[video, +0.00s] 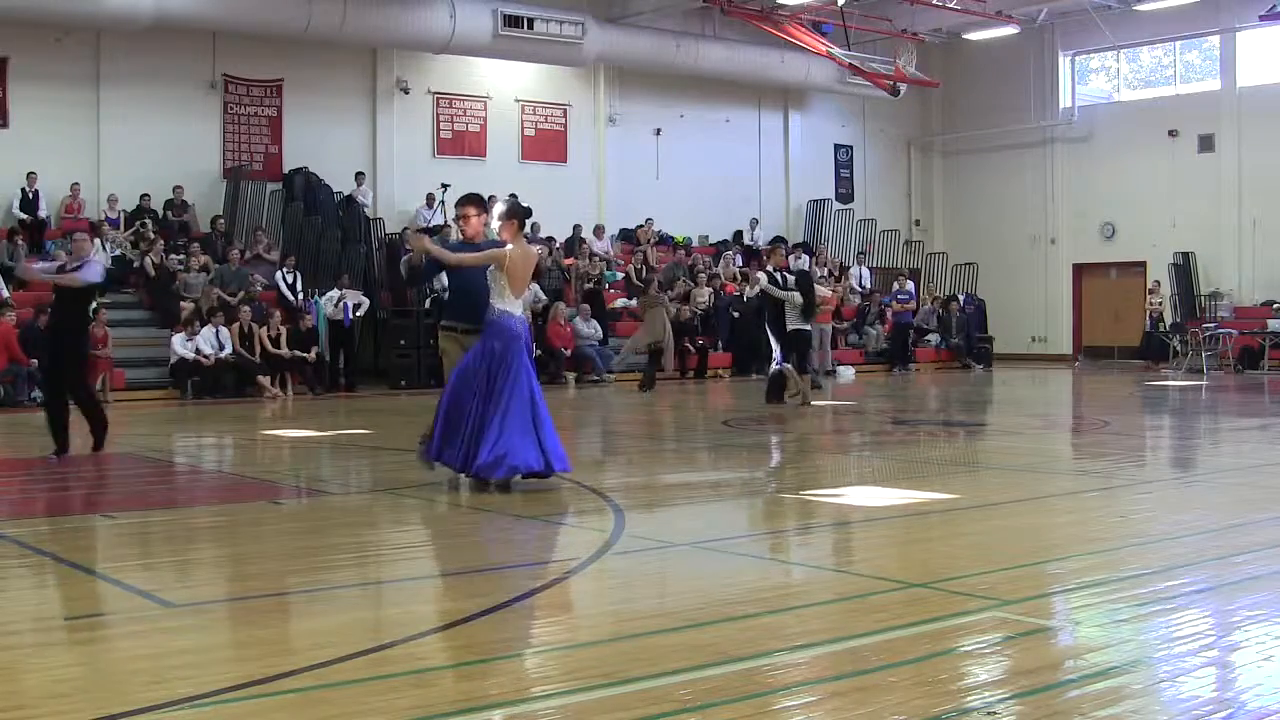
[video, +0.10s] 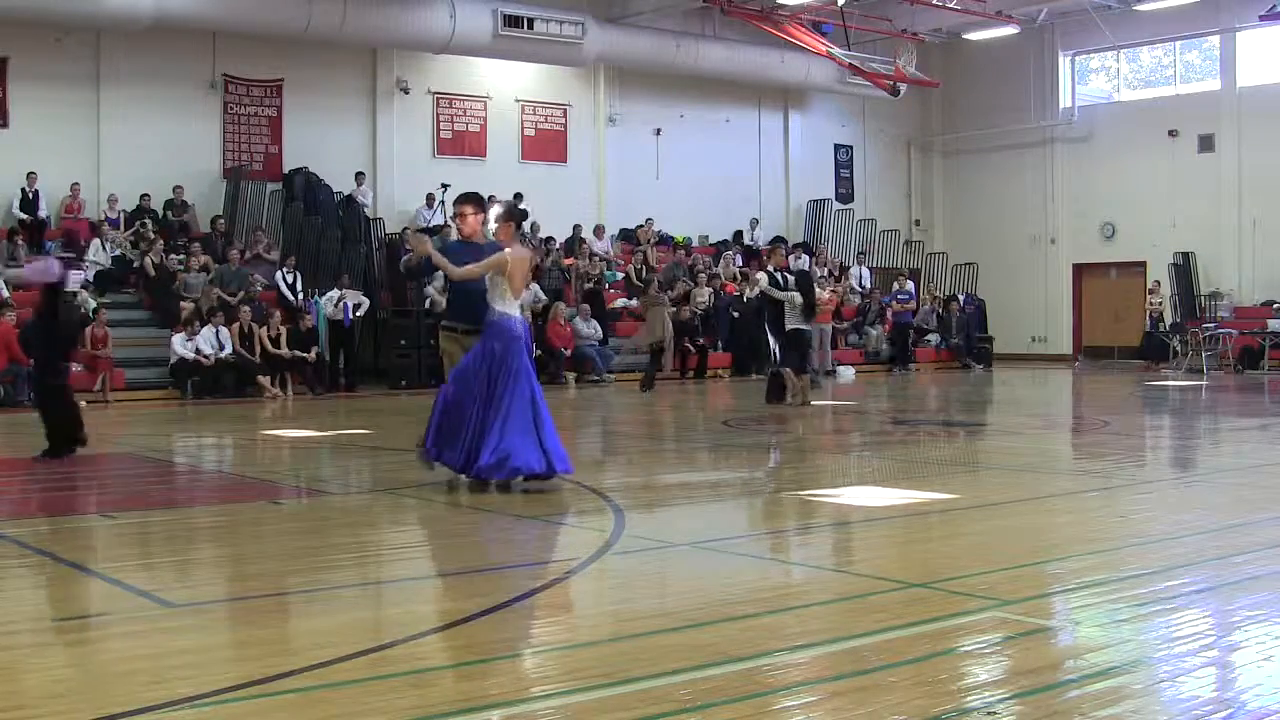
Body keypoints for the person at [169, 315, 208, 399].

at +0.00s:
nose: (199, 329)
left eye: (199, 326)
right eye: (196, 326)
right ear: (188, 328)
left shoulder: (197, 338)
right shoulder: (176, 338)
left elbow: (203, 347)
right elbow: (180, 352)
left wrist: (211, 355)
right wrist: (199, 358)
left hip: (192, 363)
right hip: (177, 365)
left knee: (205, 364)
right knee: (183, 361)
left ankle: (201, 392)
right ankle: (184, 392)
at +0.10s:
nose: (199, 329)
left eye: (199, 326)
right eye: (197, 326)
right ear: (188, 328)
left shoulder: (197, 338)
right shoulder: (176, 338)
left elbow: (203, 347)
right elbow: (179, 351)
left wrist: (211, 355)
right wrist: (198, 358)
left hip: (191, 363)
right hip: (177, 364)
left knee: (204, 364)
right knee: (183, 361)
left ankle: (202, 392)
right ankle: (184, 392)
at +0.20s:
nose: (199, 329)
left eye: (199, 326)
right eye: (197, 327)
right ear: (188, 328)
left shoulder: (197, 338)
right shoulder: (176, 338)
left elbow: (203, 347)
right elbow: (179, 351)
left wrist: (211, 355)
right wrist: (199, 358)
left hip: (191, 363)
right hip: (177, 365)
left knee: (204, 363)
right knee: (183, 361)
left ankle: (202, 392)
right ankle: (184, 392)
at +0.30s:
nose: (199, 329)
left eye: (199, 326)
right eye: (197, 326)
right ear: (188, 328)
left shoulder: (197, 338)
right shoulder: (176, 338)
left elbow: (203, 347)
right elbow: (179, 351)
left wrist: (211, 355)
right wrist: (198, 358)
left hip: (191, 363)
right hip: (177, 365)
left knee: (204, 364)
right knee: (183, 361)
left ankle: (202, 392)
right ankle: (184, 392)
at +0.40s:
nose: (199, 329)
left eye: (199, 326)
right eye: (197, 326)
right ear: (188, 328)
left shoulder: (197, 338)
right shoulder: (176, 338)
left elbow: (203, 347)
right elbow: (179, 351)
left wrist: (211, 354)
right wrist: (199, 358)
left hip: (191, 363)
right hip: (177, 364)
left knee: (204, 363)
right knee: (183, 361)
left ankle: (202, 392)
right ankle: (184, 392)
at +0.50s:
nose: (199, 329)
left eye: (199, 326)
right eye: (197, 326)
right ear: (188, 328)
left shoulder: (197, 338)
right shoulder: (176, 338)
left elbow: (203, 347)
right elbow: (179, 351)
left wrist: (211, 354)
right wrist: (199, 358)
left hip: (191, 363)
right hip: (177, 365)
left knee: (204, 363)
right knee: (183, 361)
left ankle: (202, 392)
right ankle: (184, 393)